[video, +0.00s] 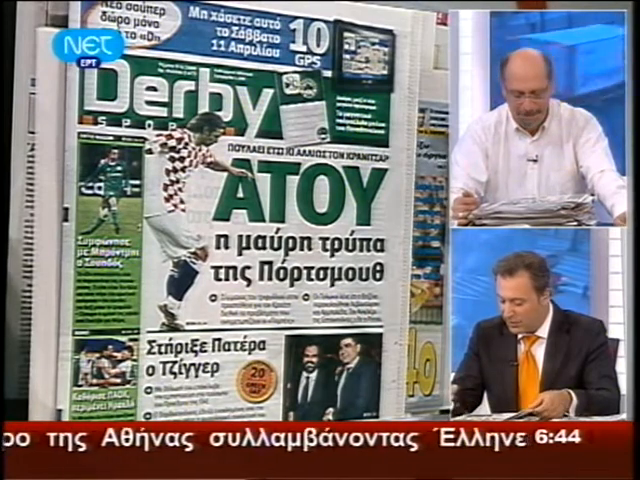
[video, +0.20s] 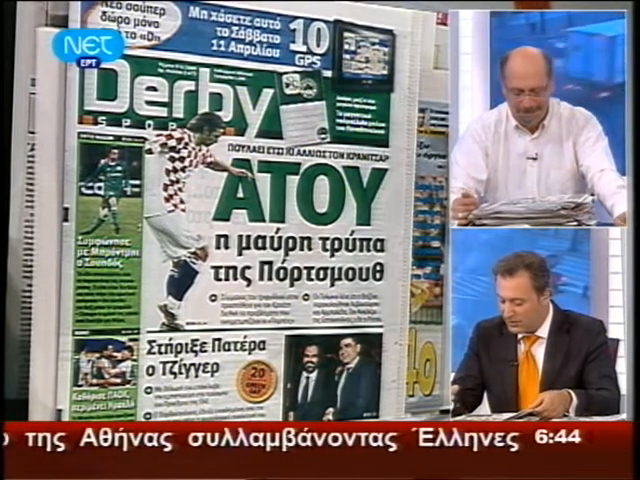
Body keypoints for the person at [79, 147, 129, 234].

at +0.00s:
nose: (115, 156)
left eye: (116, 154)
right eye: (113, 154)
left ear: (118, 155)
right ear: (109, 154)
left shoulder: (122, 165)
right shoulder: (104, 165)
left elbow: (126, 176)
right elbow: (95, 174)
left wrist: (127, 187)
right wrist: (85, 182)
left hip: (118, 190)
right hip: (108, 189)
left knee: (105, 213)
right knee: (113, 205)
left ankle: (91, 230)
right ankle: (116, 226)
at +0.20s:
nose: (115, 156)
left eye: (116, 154)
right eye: (113, 154)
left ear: (118, 155)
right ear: (109, 154)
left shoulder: (122, 165)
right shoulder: (104, 165)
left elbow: (126, 176)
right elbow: (95, 174)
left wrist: (128, 187)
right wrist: (85, 182)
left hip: (118, 190)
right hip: (108, 189)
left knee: (105, 213)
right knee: (113, 205)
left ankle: (91, 230)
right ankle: (116, 226)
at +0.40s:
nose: (115, 156)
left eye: (116, 154)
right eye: (113, 154)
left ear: (118, 155)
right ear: (109, 154)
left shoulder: (122, 165)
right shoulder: (104, 165)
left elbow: (126, 177)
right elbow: (95, 175)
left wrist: (127, 187)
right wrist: (85, 182)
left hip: (118, 190)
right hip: (108, 189)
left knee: (105, 213)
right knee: (113, 205)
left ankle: (91, 230)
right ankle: (116, 225)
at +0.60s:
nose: (115, 156)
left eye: (116, 154)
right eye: (113, 154)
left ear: (118, 155)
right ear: (109, 154)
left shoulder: (122, 165)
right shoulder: (104, 165)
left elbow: (126, 177)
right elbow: (95, 175)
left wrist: (127, 187)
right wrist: (85, 182)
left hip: (118, 190)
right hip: (108, 189)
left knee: (105, 213)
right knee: (113, 205)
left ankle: (91, 230)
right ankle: (116, 225)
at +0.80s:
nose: (115, 156)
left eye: (116, 154)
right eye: (113, 154)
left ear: (118, 155)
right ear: (109, 154)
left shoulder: (122, 165)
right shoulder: (104, 165)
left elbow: (126, 177)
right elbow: (95, 175)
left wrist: (127, 187)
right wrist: (85, 182)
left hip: (118, 190)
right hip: (108, 189)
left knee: (105, 213)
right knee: (113, 205)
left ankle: (91, 230)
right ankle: (116, 225)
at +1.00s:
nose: (115, 156)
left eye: (116, 154)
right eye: (113, 154)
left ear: (118, 155)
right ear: (109, 154)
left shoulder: (122, 165)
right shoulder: (104, 165)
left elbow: (126, 177)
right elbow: (95, 175)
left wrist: (127, 187)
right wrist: (85, 182)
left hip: (118, 190)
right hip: (108, 189)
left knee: (105, 213)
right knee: (113, 205)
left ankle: (91, 230)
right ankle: (116, 225)